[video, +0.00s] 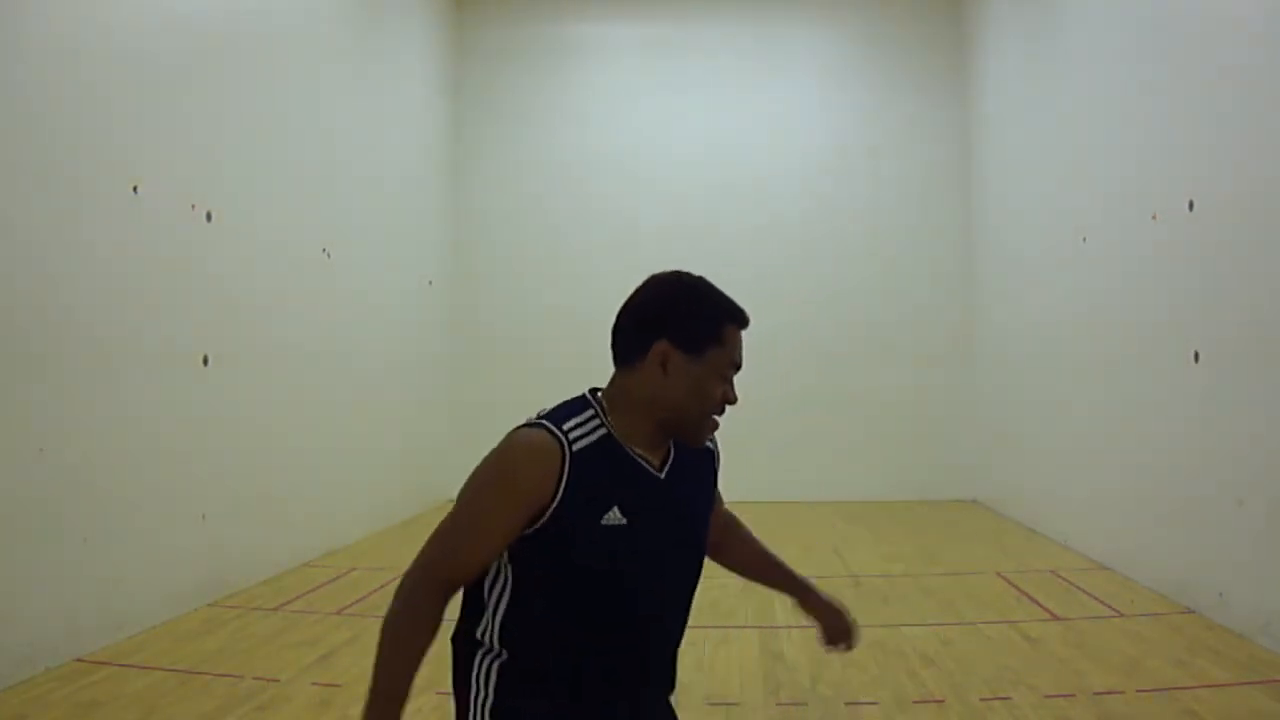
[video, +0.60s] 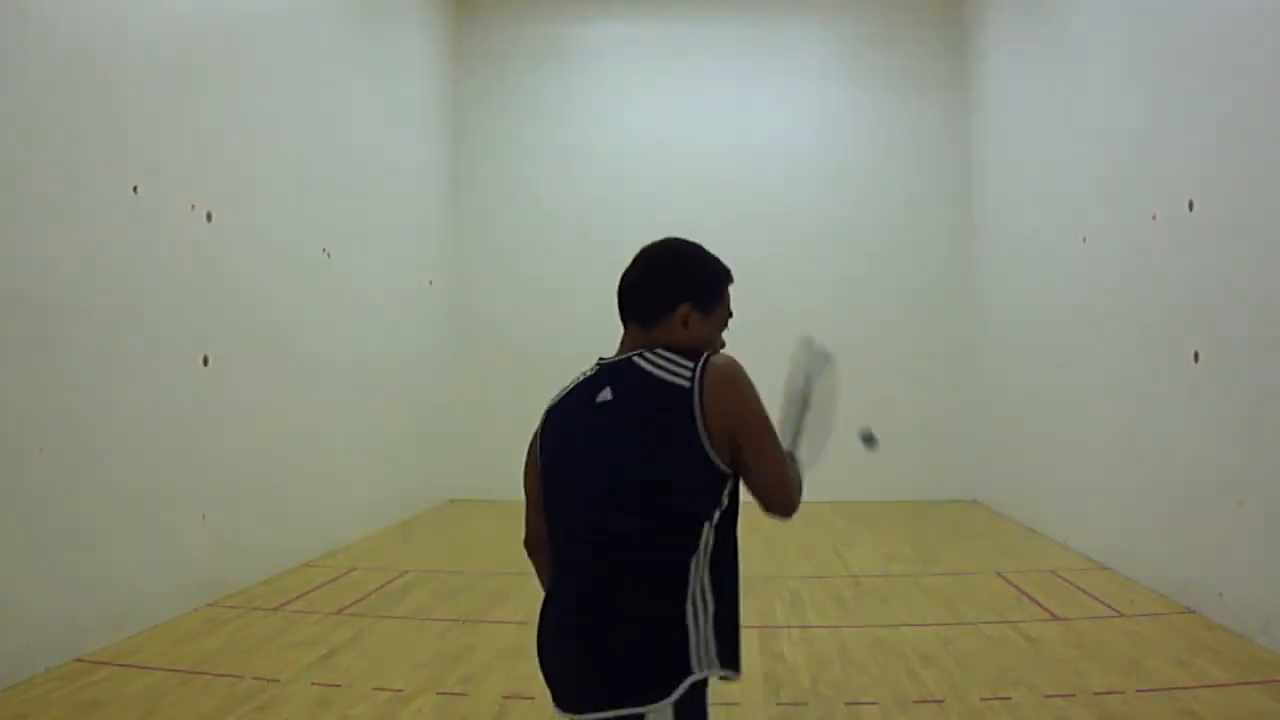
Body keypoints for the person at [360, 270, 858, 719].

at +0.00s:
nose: (732, 395)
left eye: (735, 376)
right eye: (726, 373)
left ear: (673, 365)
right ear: (665, 361)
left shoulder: (694, 451)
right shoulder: (537, 456)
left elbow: (706, 524)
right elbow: (425, 585)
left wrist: (804, 593)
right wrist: (380, 713)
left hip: (641, 707)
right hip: (523, 710)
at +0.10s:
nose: (739, 392)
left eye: (740, 374)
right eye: (732, 371)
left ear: (680, 362)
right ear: (671, 357)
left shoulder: (694, 455)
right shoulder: (546, 448)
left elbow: (672, 536)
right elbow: (410, 565)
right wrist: (323, 699)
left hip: (616, 697)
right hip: (507, 701)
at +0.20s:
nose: (752, 394)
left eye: (753, 376)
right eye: (745, 373)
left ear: (692, 367)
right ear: (688, 363)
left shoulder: (689, 455)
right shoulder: (574, 450)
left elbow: (620, 589)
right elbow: (443, 568)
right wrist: (336, 697)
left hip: (606, 700)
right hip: (510, 704)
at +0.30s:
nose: (762, 390)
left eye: (761, 372)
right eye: (755, 370)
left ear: (705, 362)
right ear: (705, 361)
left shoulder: (676, 450)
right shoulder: (619, 454)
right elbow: (525, 597)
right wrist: (482, 709)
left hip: (600, 698)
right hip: (547, 702)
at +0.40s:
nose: (754, 374)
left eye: (753, 356)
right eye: (747, 354)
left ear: (697, 348)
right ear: (700, 347)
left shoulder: (626, 415)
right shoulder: (657, 448)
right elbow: (649, 615)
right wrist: (680, 710)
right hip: (559, 693)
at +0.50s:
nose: (734, 354)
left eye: (735, 338)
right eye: (729, 335)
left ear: (680, 327)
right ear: (683, 328)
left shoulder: (586, 404)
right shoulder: (684, 415)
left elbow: (549, 542)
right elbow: (745, 564)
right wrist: (849, 632)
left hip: (548, 685)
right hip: (628, 692)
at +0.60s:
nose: (723, 342)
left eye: (726, 326)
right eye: (721, 324)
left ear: (631, 314)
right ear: (685, 317)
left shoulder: (563, 407)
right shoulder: (716, 379)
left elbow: (538, 540)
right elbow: (783, 498)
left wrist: (574, 611)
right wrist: (782, 456)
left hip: (574, 656)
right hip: (664, 657)